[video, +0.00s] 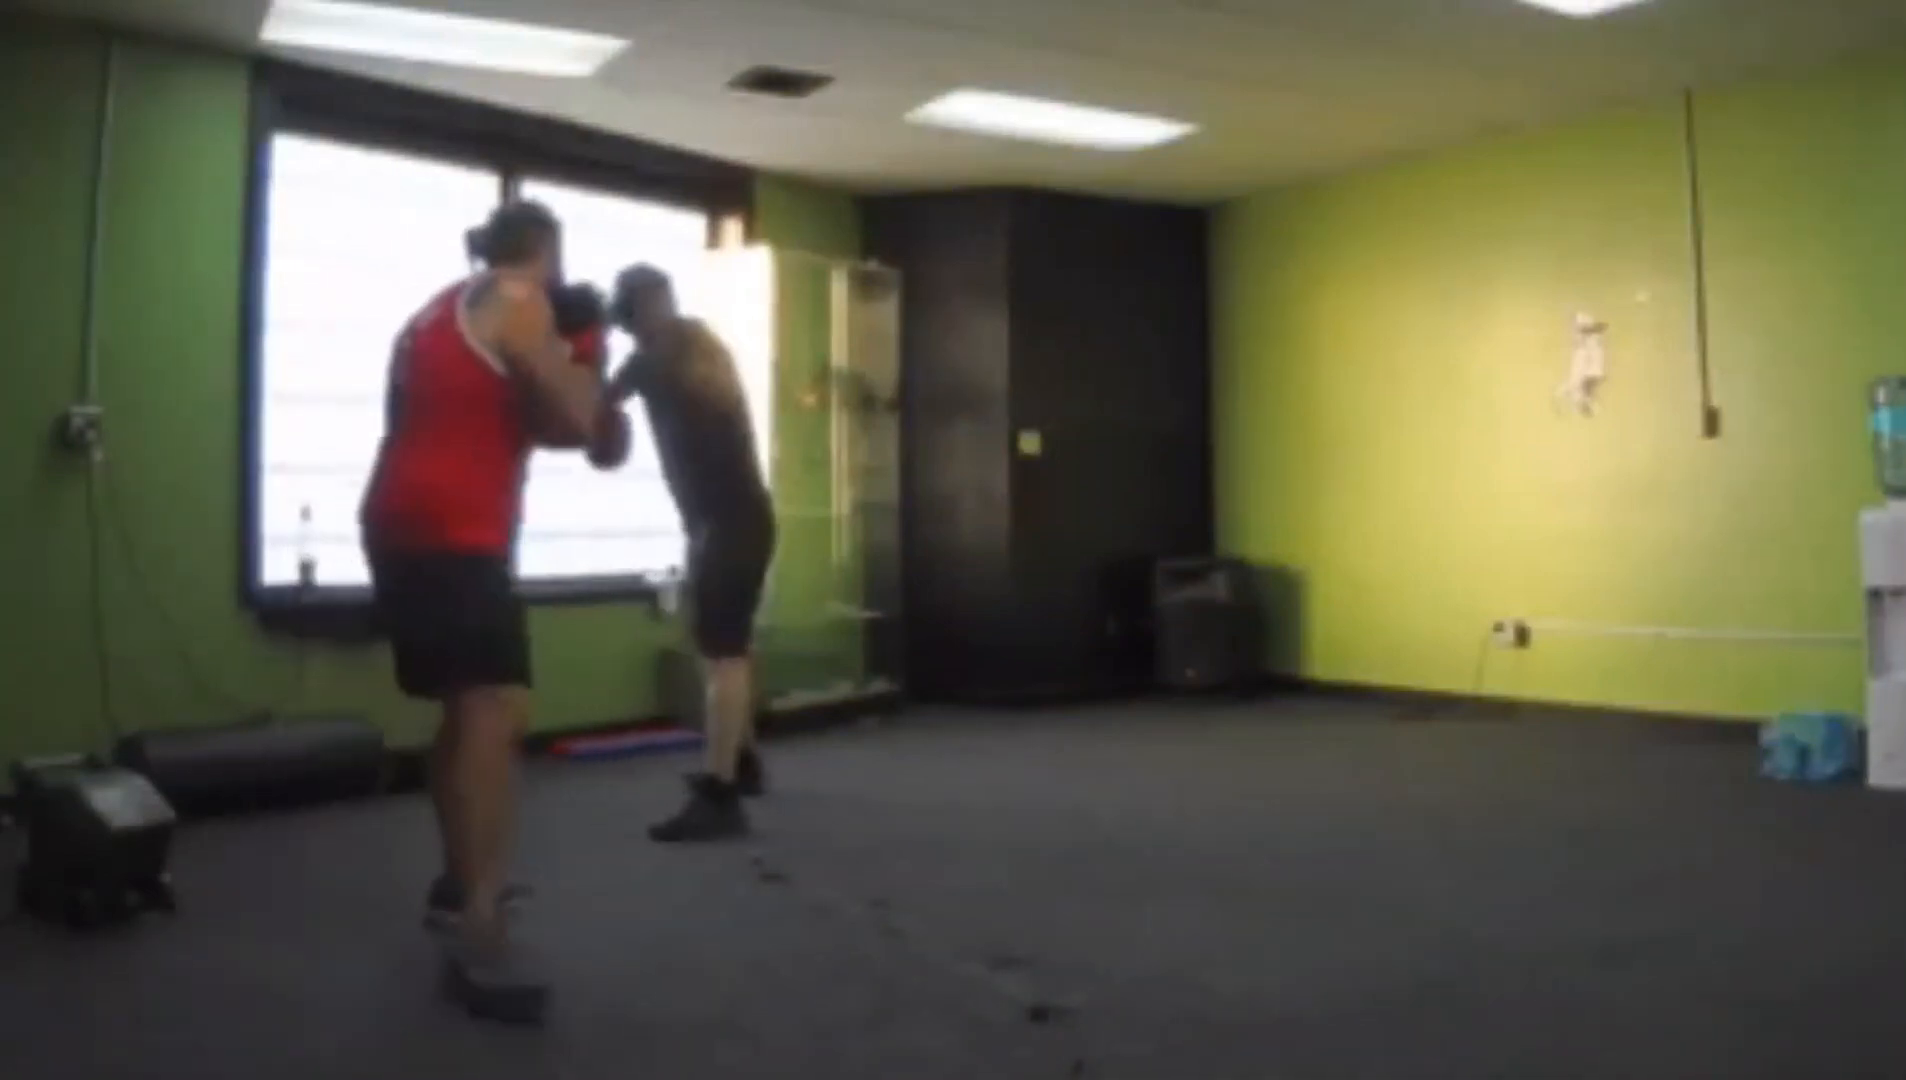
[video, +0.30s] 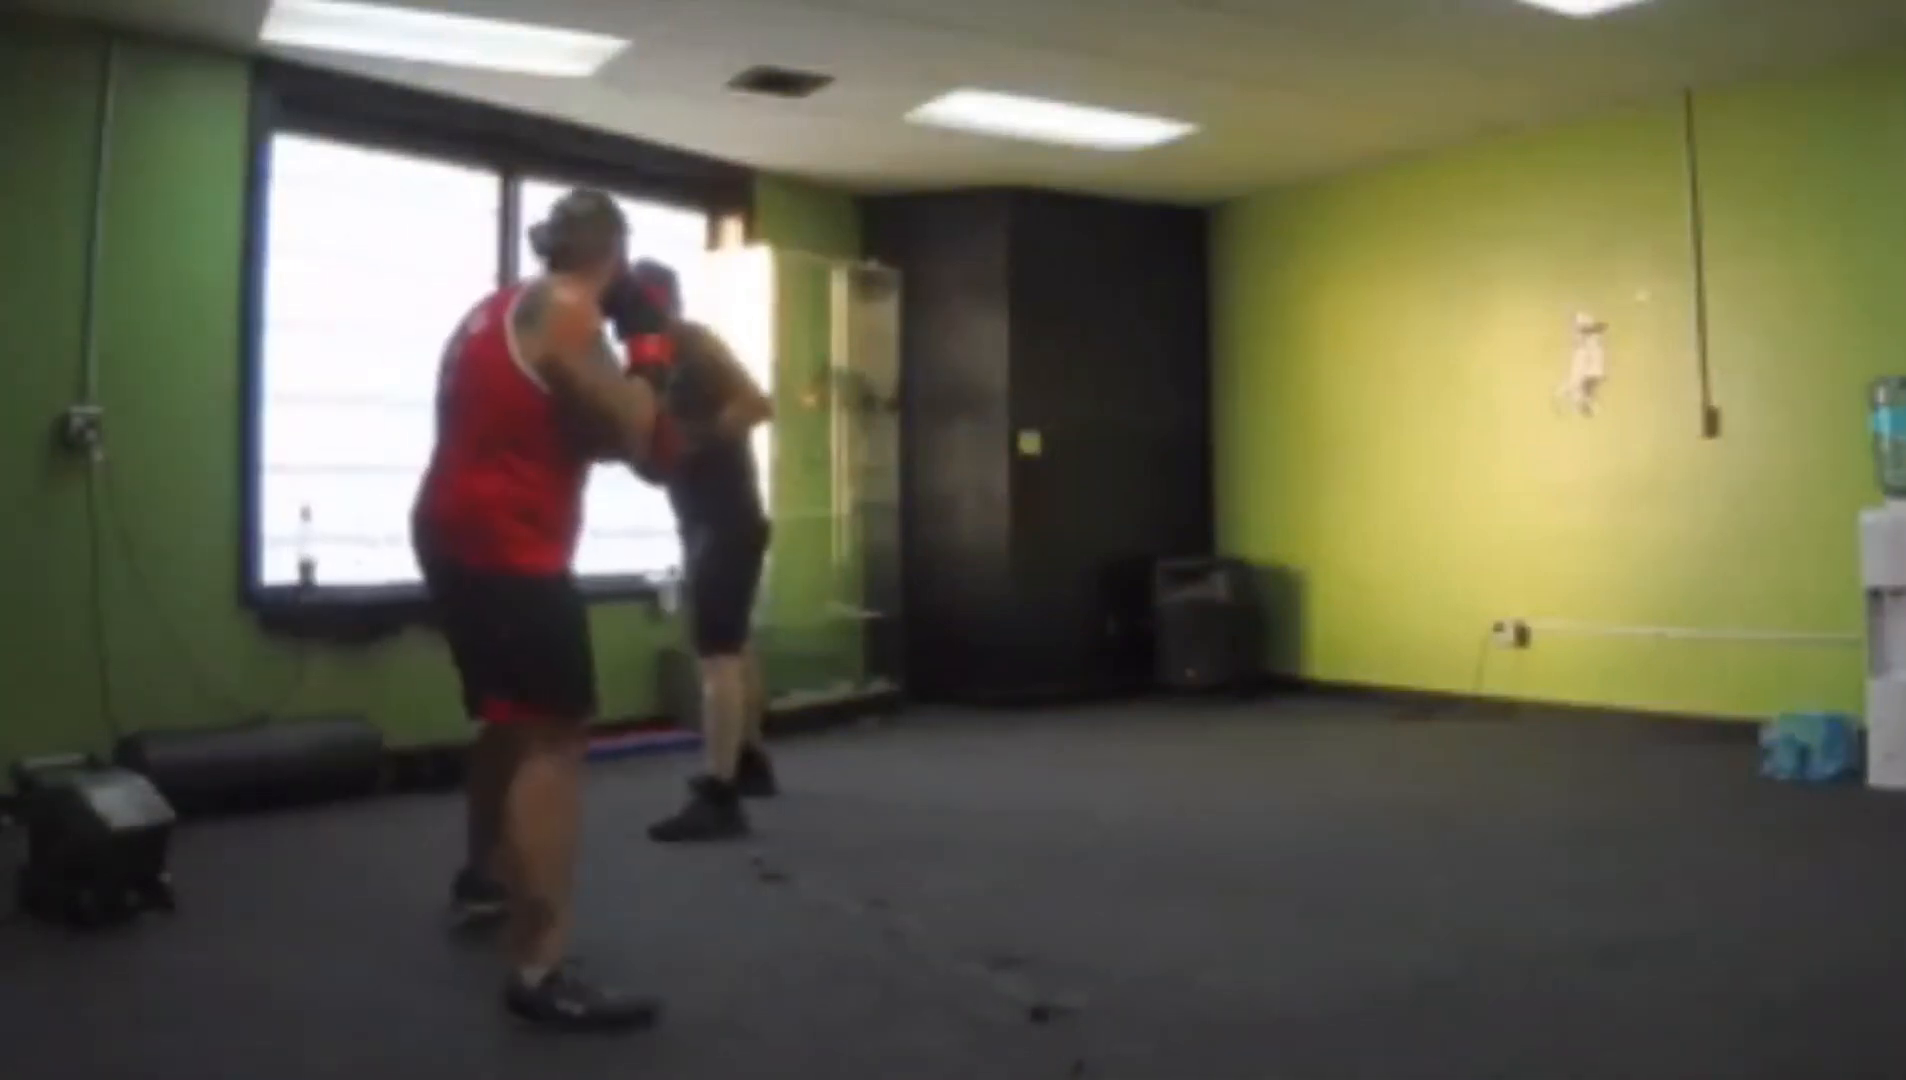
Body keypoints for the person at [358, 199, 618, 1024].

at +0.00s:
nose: (556, 275)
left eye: (554, 262)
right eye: (555, 261)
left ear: (489, 250)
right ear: (542, 252)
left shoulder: (437, 314)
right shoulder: (513, 302)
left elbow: (533, 424)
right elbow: (578, 419)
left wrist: (569, 360)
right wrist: (585, 348)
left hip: (401, 527)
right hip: (460, 533)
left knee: (465, 712)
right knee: (493, 714)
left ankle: (459, 883)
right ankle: (480, 937)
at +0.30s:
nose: (617, 273)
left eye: (615, 260)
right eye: (619, 260)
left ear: (546, 247)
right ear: (606, 256)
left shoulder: (491, 311)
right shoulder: (566, 308)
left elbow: (563, 424)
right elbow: (633, 423)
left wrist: (617, 397)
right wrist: (642, 383)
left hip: (453, 538)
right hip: (517, 549)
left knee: (509, 724)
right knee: (555, 741)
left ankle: (486, 877)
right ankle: (538, 968)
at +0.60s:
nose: (677, 291)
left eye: (673, 277)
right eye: (675, 276)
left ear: (610, 262)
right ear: (660, 271)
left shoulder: (569, 316)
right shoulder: (614, 324)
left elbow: (632, 434)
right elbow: (678, 440)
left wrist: (690, 408)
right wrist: (693, 375)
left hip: (502, 541)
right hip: (550, 552)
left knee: (559, 727)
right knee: (597, 740)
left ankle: (548, 854)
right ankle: (547, 967)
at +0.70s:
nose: (687, 315)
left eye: (684, 301)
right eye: (685, 300)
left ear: (621, 292)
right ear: (669, 296)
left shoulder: (576, 345)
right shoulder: (639, 349)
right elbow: (688, 466)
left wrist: (680, 414)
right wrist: (704, 408)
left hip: (505, 569)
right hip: (570, 578)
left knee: (597, 743)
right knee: (626, 762)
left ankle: (606, 849)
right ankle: (552, 965)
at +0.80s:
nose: (680, 325)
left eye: (676, 312)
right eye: (677, 312)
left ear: (612, 310)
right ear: (665, 310)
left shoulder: (576, 366)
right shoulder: (646, 358)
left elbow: (561, 474)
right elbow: (667, 473)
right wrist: (704, 447)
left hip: (544, 579)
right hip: (609, 583)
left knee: (614, 740)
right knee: (635, 751)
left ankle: (616, 844)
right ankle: (562, 953)